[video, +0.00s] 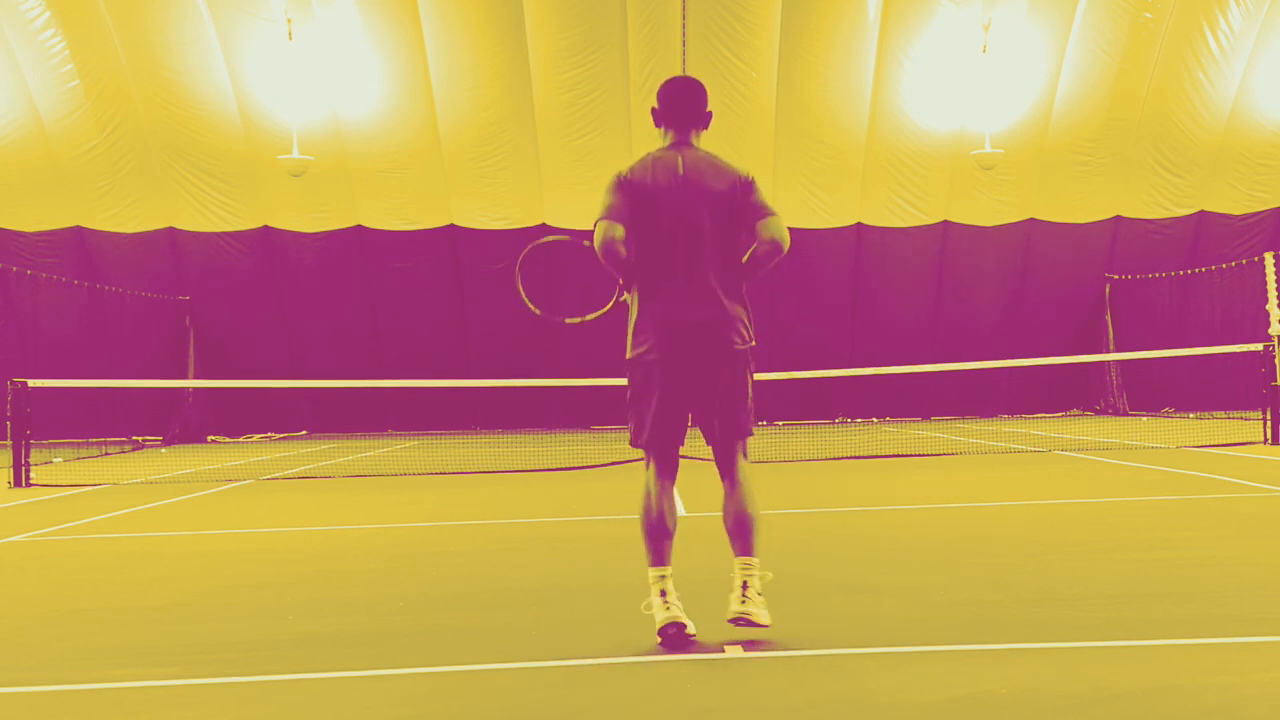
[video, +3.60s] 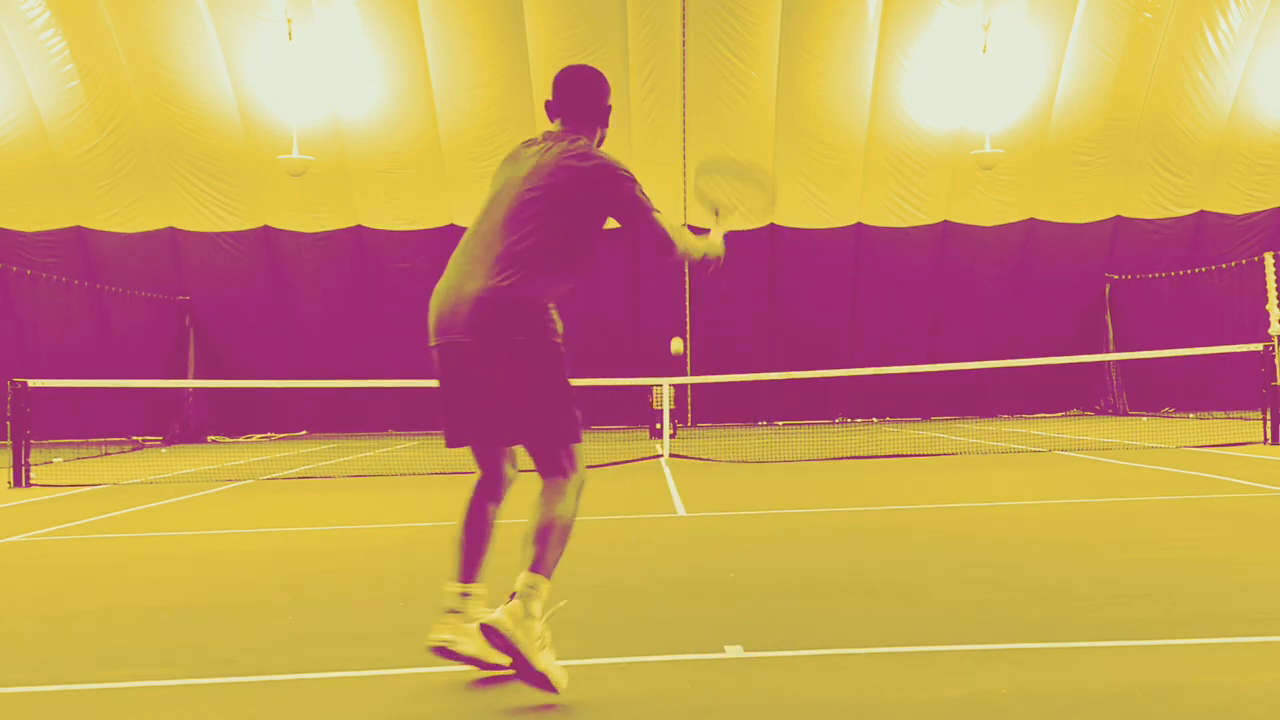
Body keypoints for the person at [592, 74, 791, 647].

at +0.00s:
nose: (674, 128)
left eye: (663, 117)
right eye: (697, 119)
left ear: (656, 120)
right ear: (708, 122)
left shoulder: (631, 179)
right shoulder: (735, 179)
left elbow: (607, 240)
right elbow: (775, 240)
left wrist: (633, 281)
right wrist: (736, 281)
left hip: (658, 339)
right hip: (721, 336)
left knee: (659, 470)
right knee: (733, 463)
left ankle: (664, 601)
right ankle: (747, 591)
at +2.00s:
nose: (691, 159)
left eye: (686, 150)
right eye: (717, 153)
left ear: (683, 152)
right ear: (730, 156)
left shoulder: (658, 207)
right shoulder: (754, 211)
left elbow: (633, 272)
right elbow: (797, 266)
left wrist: (659, 307)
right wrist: (761, 303)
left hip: (682, 357)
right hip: (740, 359)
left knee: (667, 473)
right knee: (731, 483)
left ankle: (684, 556)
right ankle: (737, 603)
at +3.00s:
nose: (700, 169)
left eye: (674, 160)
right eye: (706, 160)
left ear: (660, 161)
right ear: (710, 163)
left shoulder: (626, 219)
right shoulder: (734, 223)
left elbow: (610, 303)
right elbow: (762, 301)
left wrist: (624, 346)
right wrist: (722, 326)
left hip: (646, 367)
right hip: (715, 368)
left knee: (629, 482)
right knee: (719, 483)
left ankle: (609, 585)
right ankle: (734, 604)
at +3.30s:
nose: (642, 173)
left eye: (629, 165)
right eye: (644, 166)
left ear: (592, 167)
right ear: (644, 167)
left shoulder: (556, 227)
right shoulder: (655, 225)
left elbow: (552, 310)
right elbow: (679, 318)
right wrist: (661, 366)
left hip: (563, 383)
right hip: (634, 377)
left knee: (594, 511)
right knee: (678, 492)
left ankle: (548, 622)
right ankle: (704, 614)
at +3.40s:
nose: (626, 165)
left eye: (621, 155)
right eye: (627, 156)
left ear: (575, 158)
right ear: (625, 158)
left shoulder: (541, 213)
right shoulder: (628, 214)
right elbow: (657, 309)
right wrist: (653, 345)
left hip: (526, 368)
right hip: (589, 363)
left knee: (582, 504)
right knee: (647, 488)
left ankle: (543, 637)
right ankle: (630, 620)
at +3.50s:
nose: (614, 134)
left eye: (607, 125)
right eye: (616, 125)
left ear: (564, 124)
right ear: (616, 126)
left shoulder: (531, 177)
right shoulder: (610, 182)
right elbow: (654, 276)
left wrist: (654, 281)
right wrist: (681, 302)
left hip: (486, 324)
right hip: (549, 324)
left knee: (536, 479)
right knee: (602, 471)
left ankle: (531, 619)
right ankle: (561, 603)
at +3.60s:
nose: (603, 124)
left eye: (596, 114)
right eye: (605, 114)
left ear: (551, 113)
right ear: (606, 115)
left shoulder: (517, 159)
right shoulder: (603, 170)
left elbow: (543, 228)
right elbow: (675, 244)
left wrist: (612, 225)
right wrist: (709, 242)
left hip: (449, 319)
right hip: (514, 320)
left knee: (494, 471)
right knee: (562, 473)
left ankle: (460, 615)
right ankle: (525, 609)